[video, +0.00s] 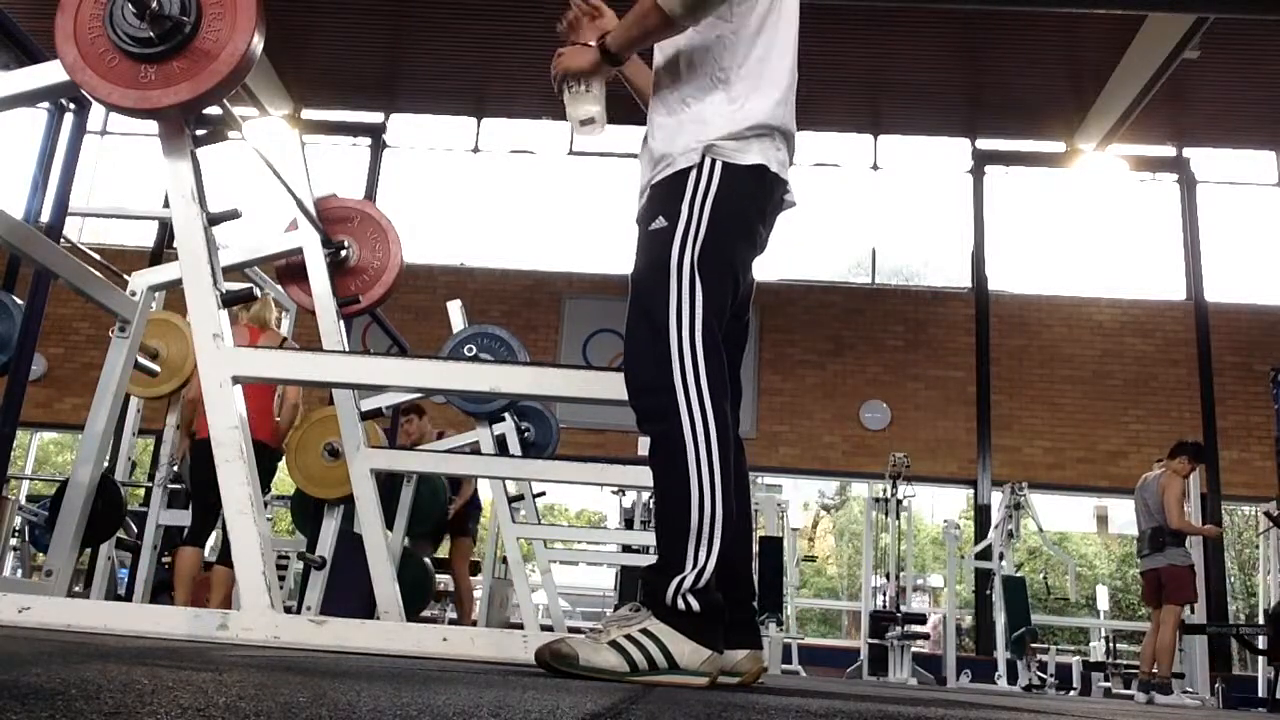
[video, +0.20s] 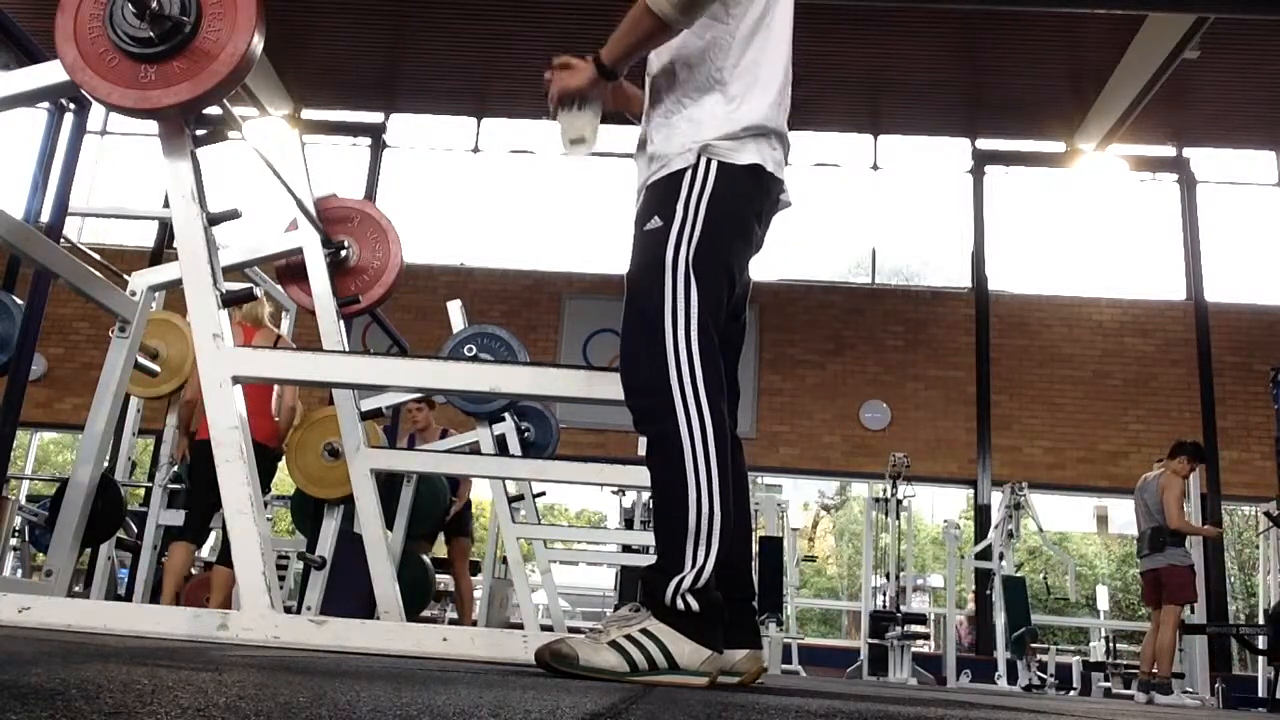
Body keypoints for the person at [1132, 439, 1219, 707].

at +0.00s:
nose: (1190, 475)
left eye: (1193, 470)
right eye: (1192, 469)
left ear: (1174, 459)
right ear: (1181, 461)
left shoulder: (1144, 480)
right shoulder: (1172, 480)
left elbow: (1145, 525)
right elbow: (1176, 522)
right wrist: (1204, 530)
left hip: (1149, 563)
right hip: (1173, 562)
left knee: (1156, 624)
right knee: (1169, 624)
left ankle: (1143, 685)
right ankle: (1164, 688)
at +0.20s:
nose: (1190, 475)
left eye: (1193, 471)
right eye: (1191, 469)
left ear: (1174, 459)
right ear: (1181, 461)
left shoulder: (1143, 480)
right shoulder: (1171, 480)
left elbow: (1144, 526)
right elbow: (1176, 522)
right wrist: (1205, 531)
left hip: (1149, 563)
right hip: (1172, 562)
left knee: (1156, 623)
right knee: (1169, 623)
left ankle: (1143, 685)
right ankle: (1164, 688)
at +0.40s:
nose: (1190, 475)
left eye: (1193, 471)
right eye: (1191, 469)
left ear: (1174, 458)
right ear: (1181, 461)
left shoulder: (1143, 481)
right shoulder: (1172, 480)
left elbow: (1144, 527)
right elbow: (1174, 521)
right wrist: (1205, 536)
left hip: (1148, 563)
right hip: (1172, 561)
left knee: (1156, 624)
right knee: (1169, 623)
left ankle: (1143, 684)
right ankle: (1163, 687)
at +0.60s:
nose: (1191, 475)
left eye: (1193, 471)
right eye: (1192, 469)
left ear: (1174, 459)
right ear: (1182, 461)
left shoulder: (1143, 481)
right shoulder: (1172, 480)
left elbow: (1142, 525)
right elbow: (1172, 518)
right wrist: (1200, 545)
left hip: (1148, 563)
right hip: (1172, 561)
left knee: (1156, 623)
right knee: (1169, 624)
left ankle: (1143, 684)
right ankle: (1163, 687)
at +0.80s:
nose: (1190, 474)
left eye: (1193, 470)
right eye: (1191, 468)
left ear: (1174, 458)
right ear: (1182, 460)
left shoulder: (1145, 480)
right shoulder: (1173, 478)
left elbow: (1143, 525)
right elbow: (1168, 514)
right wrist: (1186, 545)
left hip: (1149, 563)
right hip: (1170, 561)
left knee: (1156, 624)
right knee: (1169, 624)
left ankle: (1143, 685)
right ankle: (1163, 687)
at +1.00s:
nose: (1191, 473)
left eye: (1194, 468)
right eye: (1193, 467)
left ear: (1174, 459)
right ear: (1183, 460)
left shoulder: (1146, 480)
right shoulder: (1174, 479)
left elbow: (1145, 523)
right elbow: (1166, 515)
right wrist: (1180, 548)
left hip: (1149, 563)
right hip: (1170, 560)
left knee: (1156, 624)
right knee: (1169, 624)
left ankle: (1143, 684)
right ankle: (1163, 687)